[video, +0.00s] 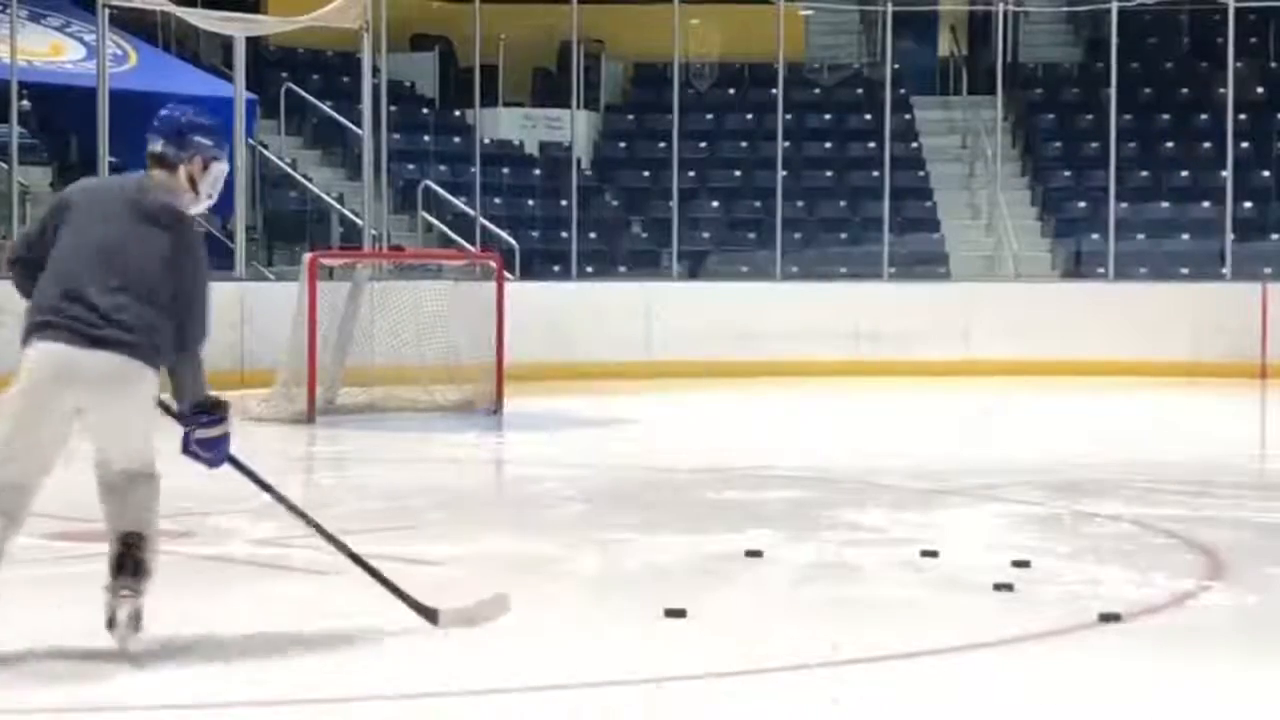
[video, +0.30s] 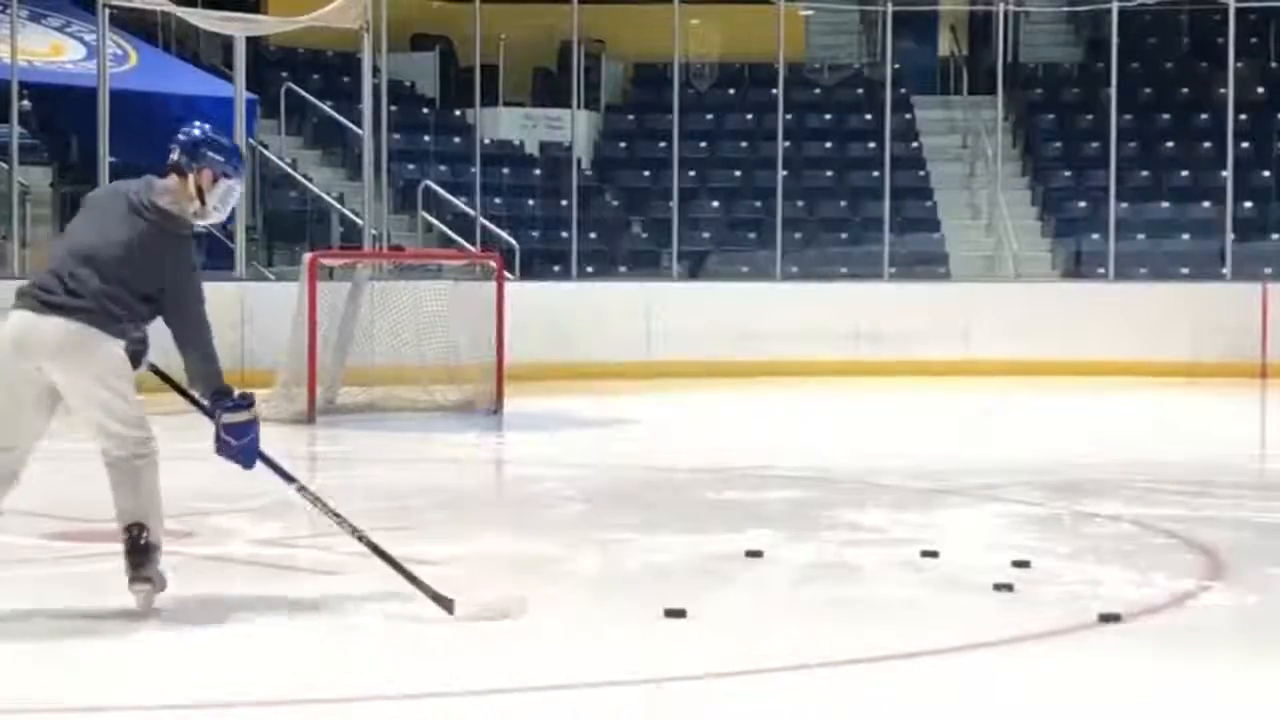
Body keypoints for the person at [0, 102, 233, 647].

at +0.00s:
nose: (209, 187)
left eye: (212, 174)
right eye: (207, 173)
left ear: (153, 157)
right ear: (190, 167)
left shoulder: (83, 192)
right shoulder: (183, 236)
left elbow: (21, 260)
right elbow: (185, 338)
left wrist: (61, 313)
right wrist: (199, 411)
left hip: (50, 357)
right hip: (126, 371)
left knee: (11, 481)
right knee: (129, 472)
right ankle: (129, 570)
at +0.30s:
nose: (219, 198)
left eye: (225, 187)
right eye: (216, 184)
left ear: (177, 168)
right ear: (190, 172)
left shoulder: (108, 194)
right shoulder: (174, 239)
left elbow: (83, 261)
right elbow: (191, 330)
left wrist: (127, 328)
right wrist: (220, 398)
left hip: (24, 322)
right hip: (87, 338)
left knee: (6, 454)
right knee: (128, 446)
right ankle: (141, 555)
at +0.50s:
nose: (239, 208)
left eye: (243, 197)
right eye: (239, 194)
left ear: (195, 177)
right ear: (221, 186)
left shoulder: (142, 199)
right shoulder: (190, 243)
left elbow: (116, 261)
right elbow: (208, 331)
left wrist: (150, 322)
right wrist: (236, 396)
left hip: (39, 312)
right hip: (94, 326)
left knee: (19, 442)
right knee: (138, 433)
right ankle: (154, 538)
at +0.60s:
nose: (244, 214)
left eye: (249, 203)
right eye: (244, 201)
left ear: (204, 181)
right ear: (230, 193)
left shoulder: (153, 201)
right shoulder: (201, 249)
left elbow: (120, 259)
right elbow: (213, 331)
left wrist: (157, 320)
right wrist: (240, 394)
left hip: (47, 308)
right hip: (101, 323)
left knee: (31, 431)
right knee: (146, 431)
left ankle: (4, 527)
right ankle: (166, 533)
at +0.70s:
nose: (250, 216)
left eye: (253, 205)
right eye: (251, 204)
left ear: (209, 186)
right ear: (239, 200)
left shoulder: (162, 204)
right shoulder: (202, 249)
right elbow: (195, 329)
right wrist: (203, 392)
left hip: (60, 306)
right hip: (114, 321)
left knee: (46, 424)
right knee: (155, 428)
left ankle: (20, 520)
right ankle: (177, 535)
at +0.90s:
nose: (252, 224)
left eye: (255, 215)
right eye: (254, 214)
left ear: (213, 196)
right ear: (242, 210)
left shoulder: (168, 206)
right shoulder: (231, 253)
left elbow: (103, 220)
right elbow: (200, 313)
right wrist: (194, 344)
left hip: (97, 323)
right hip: (144, 338)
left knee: (103, 422)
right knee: (136, 432)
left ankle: (96, 501)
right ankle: (115, 498)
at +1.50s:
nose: (395, 178)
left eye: (394, 170)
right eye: (394, 170)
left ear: (356, 164)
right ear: (386, 171)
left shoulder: (326, 199)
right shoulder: (376, 214)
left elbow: (314, 253)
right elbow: (383, 282)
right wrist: (413, 314)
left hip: (300, 314)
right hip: (337, 327)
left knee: (308, 408)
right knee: (368, 410)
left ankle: (295, 486)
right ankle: (306, 467)